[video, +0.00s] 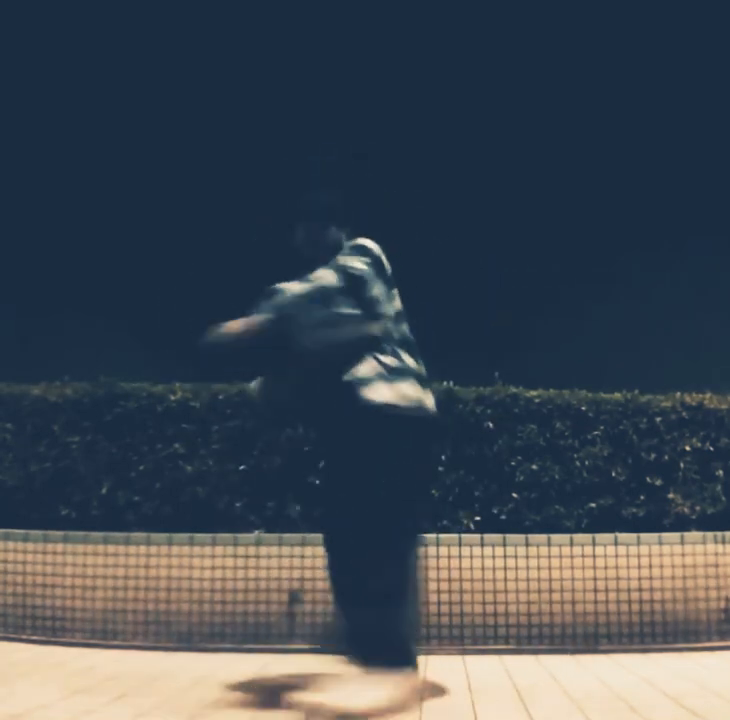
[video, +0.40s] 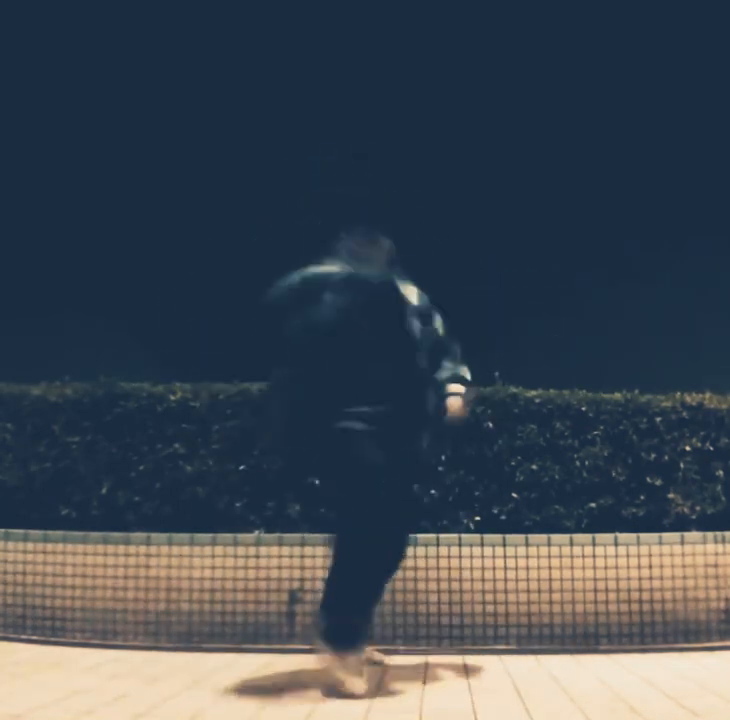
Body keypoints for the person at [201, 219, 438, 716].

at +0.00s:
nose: (306, 246)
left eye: (308, 237)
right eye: (307, 238)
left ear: (318, 238)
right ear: (343, 236)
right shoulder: (371, 270)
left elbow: (296, 297)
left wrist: (247, 324)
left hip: (371, 415)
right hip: (416, 413)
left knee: (354, 524)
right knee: (394, 526)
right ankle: (390, 646)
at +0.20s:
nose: (342, 265)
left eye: (349, 251)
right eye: (329, 256)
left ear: (361, 245)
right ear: (309, 254)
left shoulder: (395, 284)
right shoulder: (286, 298)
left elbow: (466, 318)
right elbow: (288, 374)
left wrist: (535, 347)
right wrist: (333, 401)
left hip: (400, 444)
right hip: (332, 453)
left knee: (443, 547)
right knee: (333, 568)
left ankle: (519, 638)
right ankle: (391, 666)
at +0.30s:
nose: (329, 229)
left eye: (343, 220)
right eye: (325, 220)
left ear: (366, 227)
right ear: (319, 229)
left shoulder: (405, 280)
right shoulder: (295, 290)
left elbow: (457, 337)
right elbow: (269, 354)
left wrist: (486, 379)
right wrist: (253, 392)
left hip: (402, 444)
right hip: (329, 448)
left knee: (417, 536)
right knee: (336, 558)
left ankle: (434, 627)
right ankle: (385, 663)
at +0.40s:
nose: (372, 256)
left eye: (378, 248)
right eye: (363, 246)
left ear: (388, 256)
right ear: (346, 249)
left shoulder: (403, 295)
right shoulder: (313, 290)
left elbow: (442, 347)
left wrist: (455, 385)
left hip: (393, 430)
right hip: (334, 427)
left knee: (386, 533)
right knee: (363, 529)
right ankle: (339, 642)